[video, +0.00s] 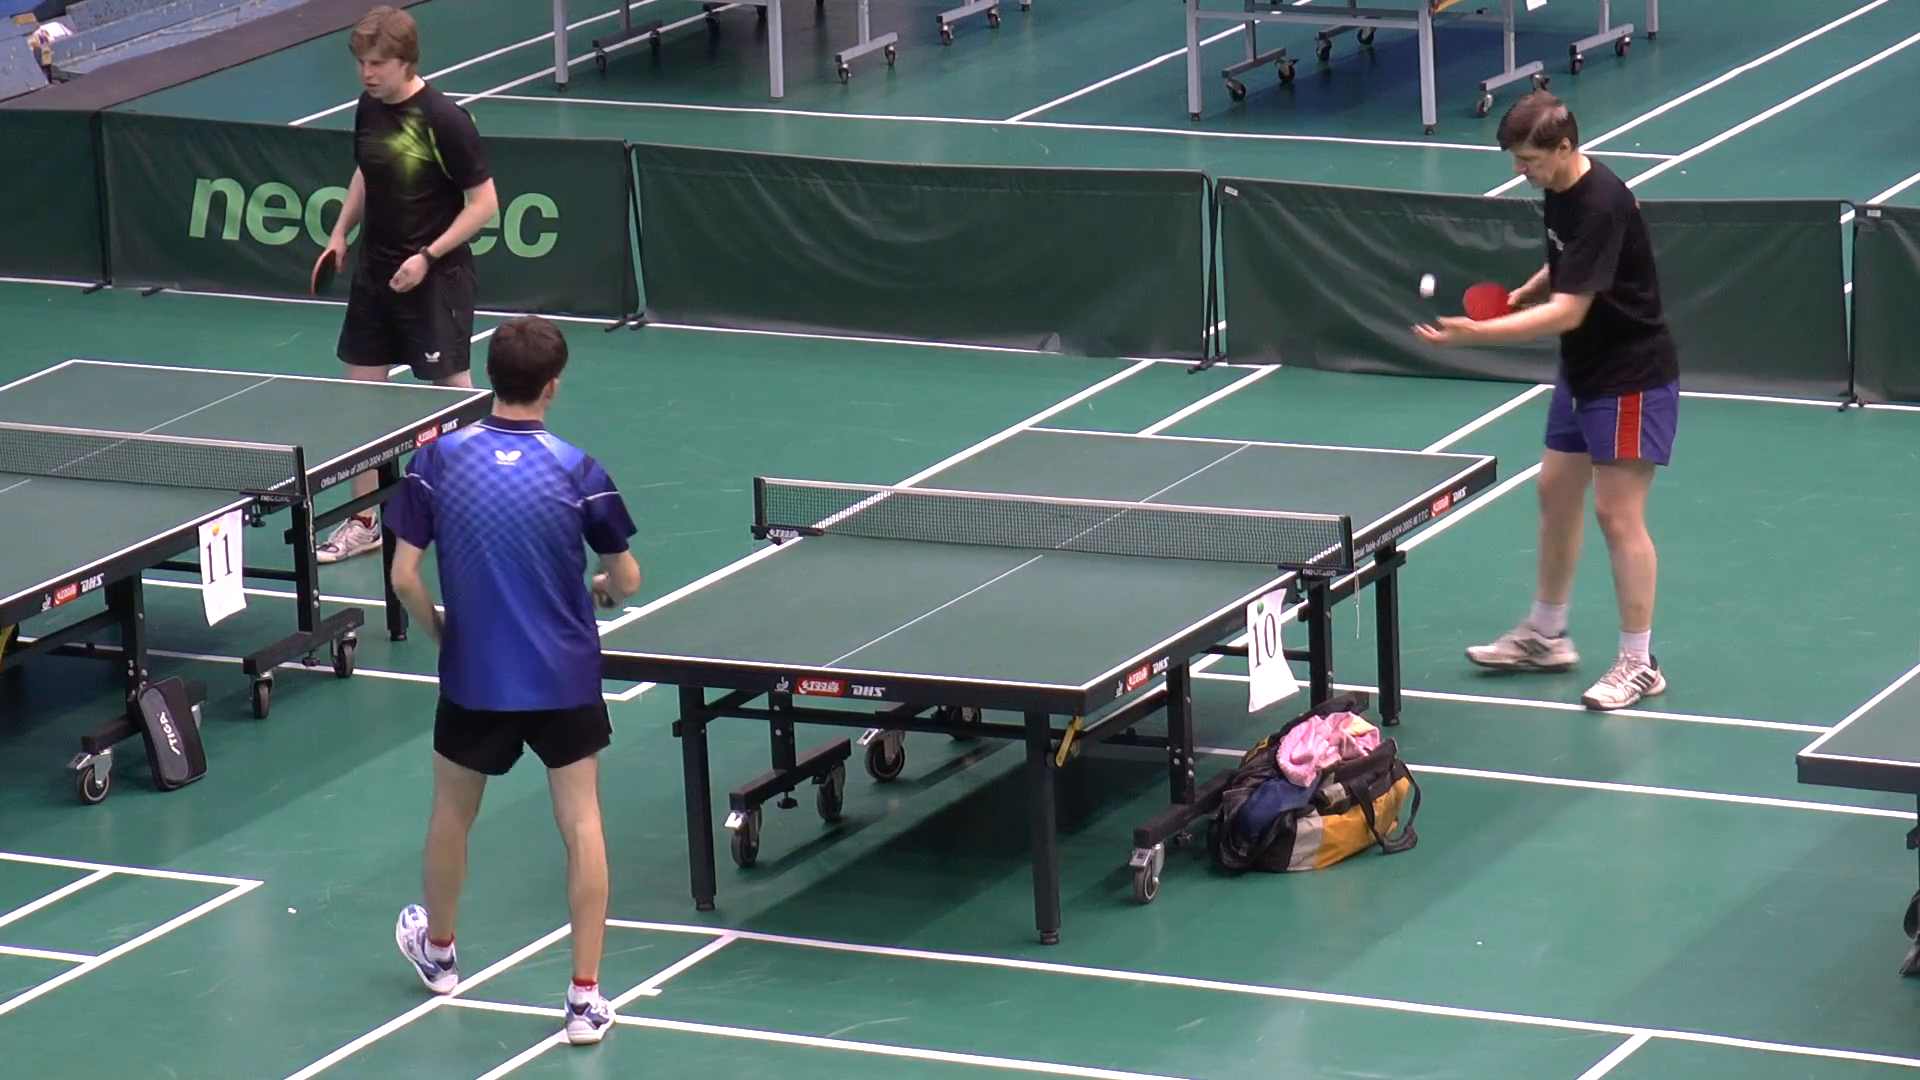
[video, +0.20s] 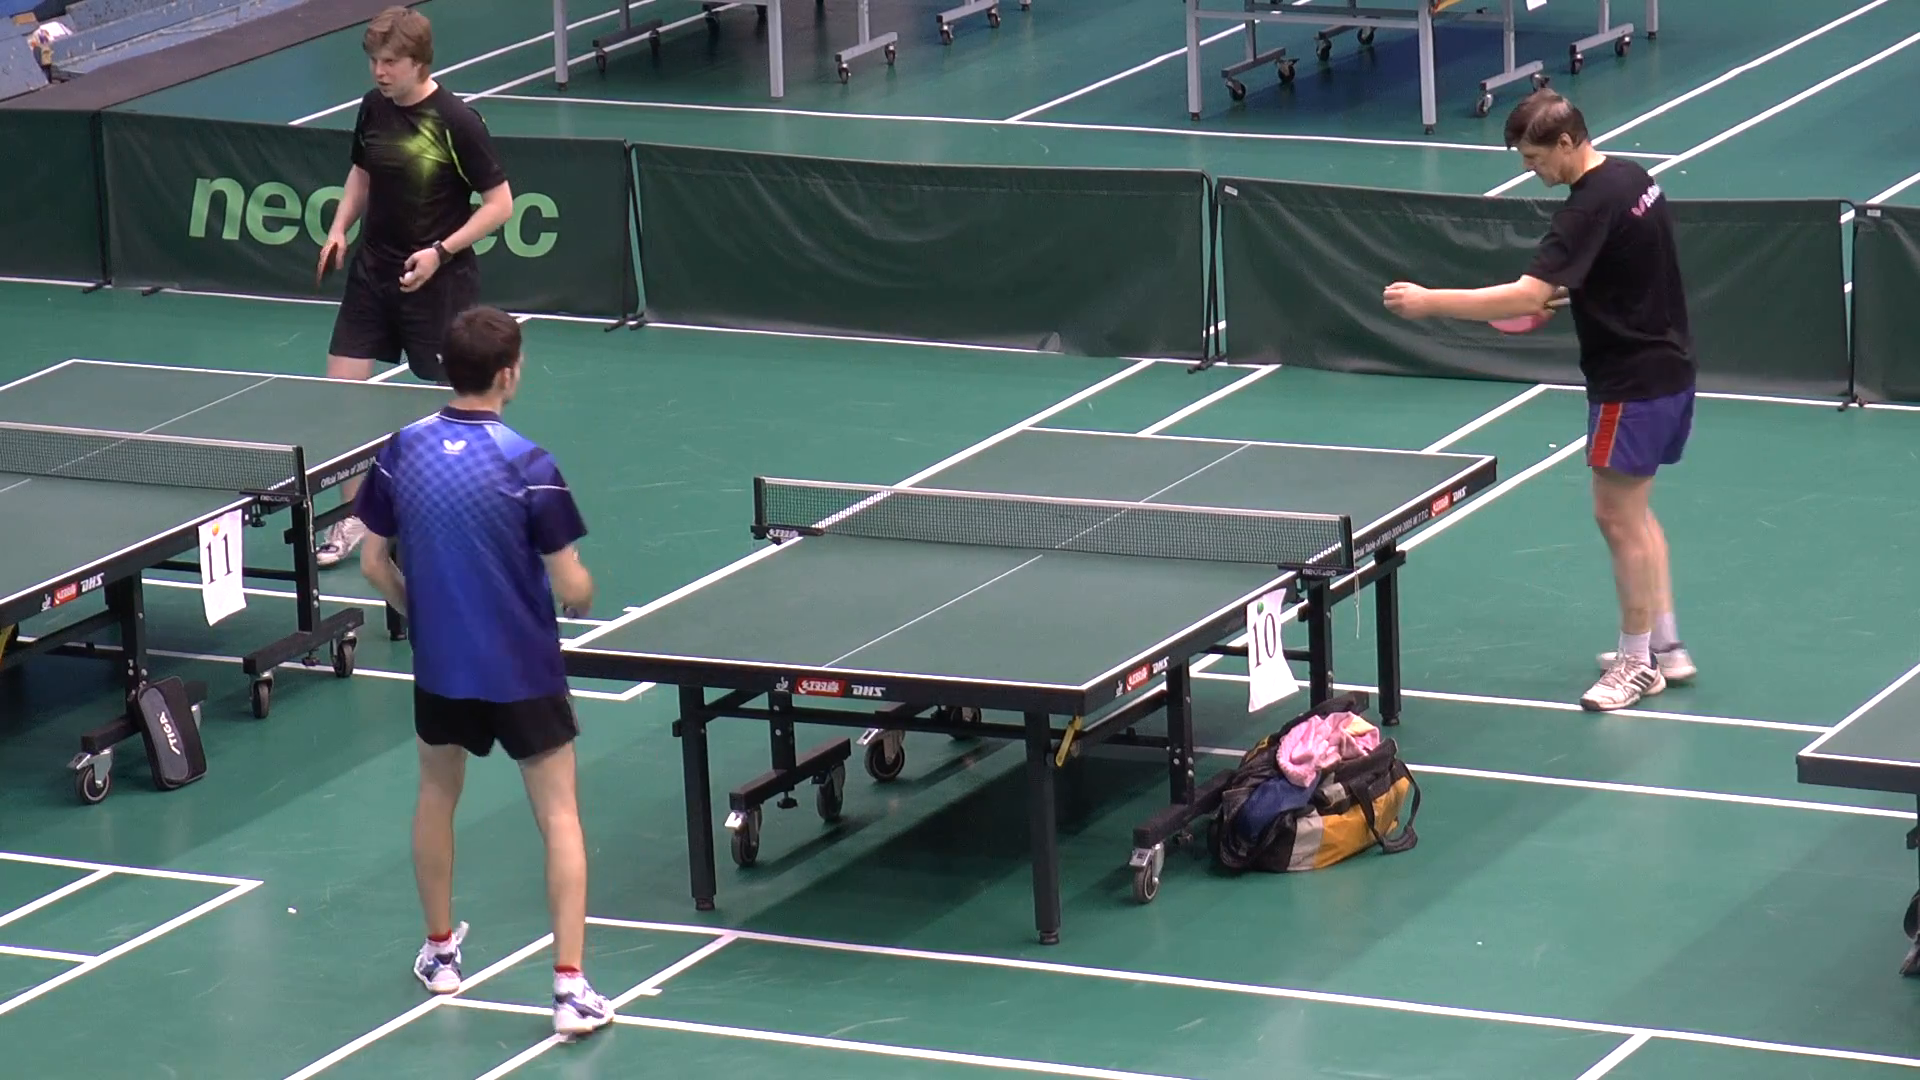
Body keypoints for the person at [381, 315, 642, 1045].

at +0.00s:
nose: (555, 388)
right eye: (557, 378)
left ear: (488, 379)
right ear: (554, 384)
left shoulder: (438, 458)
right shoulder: (578, 467)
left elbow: (404, 575)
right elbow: (627, 580)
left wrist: (435, 624)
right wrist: (601, 588)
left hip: (475, 684)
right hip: (564, 685)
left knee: (451, 816)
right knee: (583, 827)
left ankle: (437, 952)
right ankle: (585, 996)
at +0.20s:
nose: (520, 376)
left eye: (516, 365)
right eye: (518, 367)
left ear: (448, 372)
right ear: (506, 375)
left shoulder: (400, 450)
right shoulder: (527, 462)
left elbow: (375, 562)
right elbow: (573, 588)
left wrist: (416, 604)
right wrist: (569, 591)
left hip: (442, 672)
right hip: (523, 674)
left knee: (436, 796)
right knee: (560, 820)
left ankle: (440, 952)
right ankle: (571, 986)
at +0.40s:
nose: (497, 354)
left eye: (493, 343)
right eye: (495, 345)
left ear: (425, 355)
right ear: (480, 356)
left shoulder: (386, 429)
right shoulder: (494, 449)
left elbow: (363, 545)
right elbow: (507, 578)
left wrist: (412, 593)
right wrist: (544, 628)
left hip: (420, 653)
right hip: (494, 656)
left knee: (432, 786)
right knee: (531, 789)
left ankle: (438, 951)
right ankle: (505, 964)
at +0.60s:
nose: (496, 354)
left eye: (492, 344)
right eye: (493, 347)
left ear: (423, 357)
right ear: (477, 360)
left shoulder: (383, 424)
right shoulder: (484, 452)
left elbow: (354, 540)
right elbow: (494, 581)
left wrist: (404, 574)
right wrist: (535, 628)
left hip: (406, 649)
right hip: (478, 654)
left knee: (436, 764)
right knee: (508, 790)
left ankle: (432, 935)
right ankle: (490, 965)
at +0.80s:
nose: (494, 368)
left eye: (492, 356)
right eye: (492, 359)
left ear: (421, 364)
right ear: (474, 369)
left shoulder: (375, 427)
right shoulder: (467, 461)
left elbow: (342, 535)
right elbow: (500, 589)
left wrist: (364, 563)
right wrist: (538, 626)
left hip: (396, 642)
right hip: (462, 653)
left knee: (412, 741)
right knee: (511, 790)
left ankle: (373, 901)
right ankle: (490, 966)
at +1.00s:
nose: (480, 368)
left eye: (477, 358)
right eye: (476, 360)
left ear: (408, 368)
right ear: (459, 373)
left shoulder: (367, 426)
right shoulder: (441, 472)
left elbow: (333, 536)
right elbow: (461, 594)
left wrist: (399, 577)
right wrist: (524, 622)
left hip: (366, 647)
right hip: (427, 658)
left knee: (371, 764)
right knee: (499, 789)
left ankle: (341, 911)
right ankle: (488, 966)